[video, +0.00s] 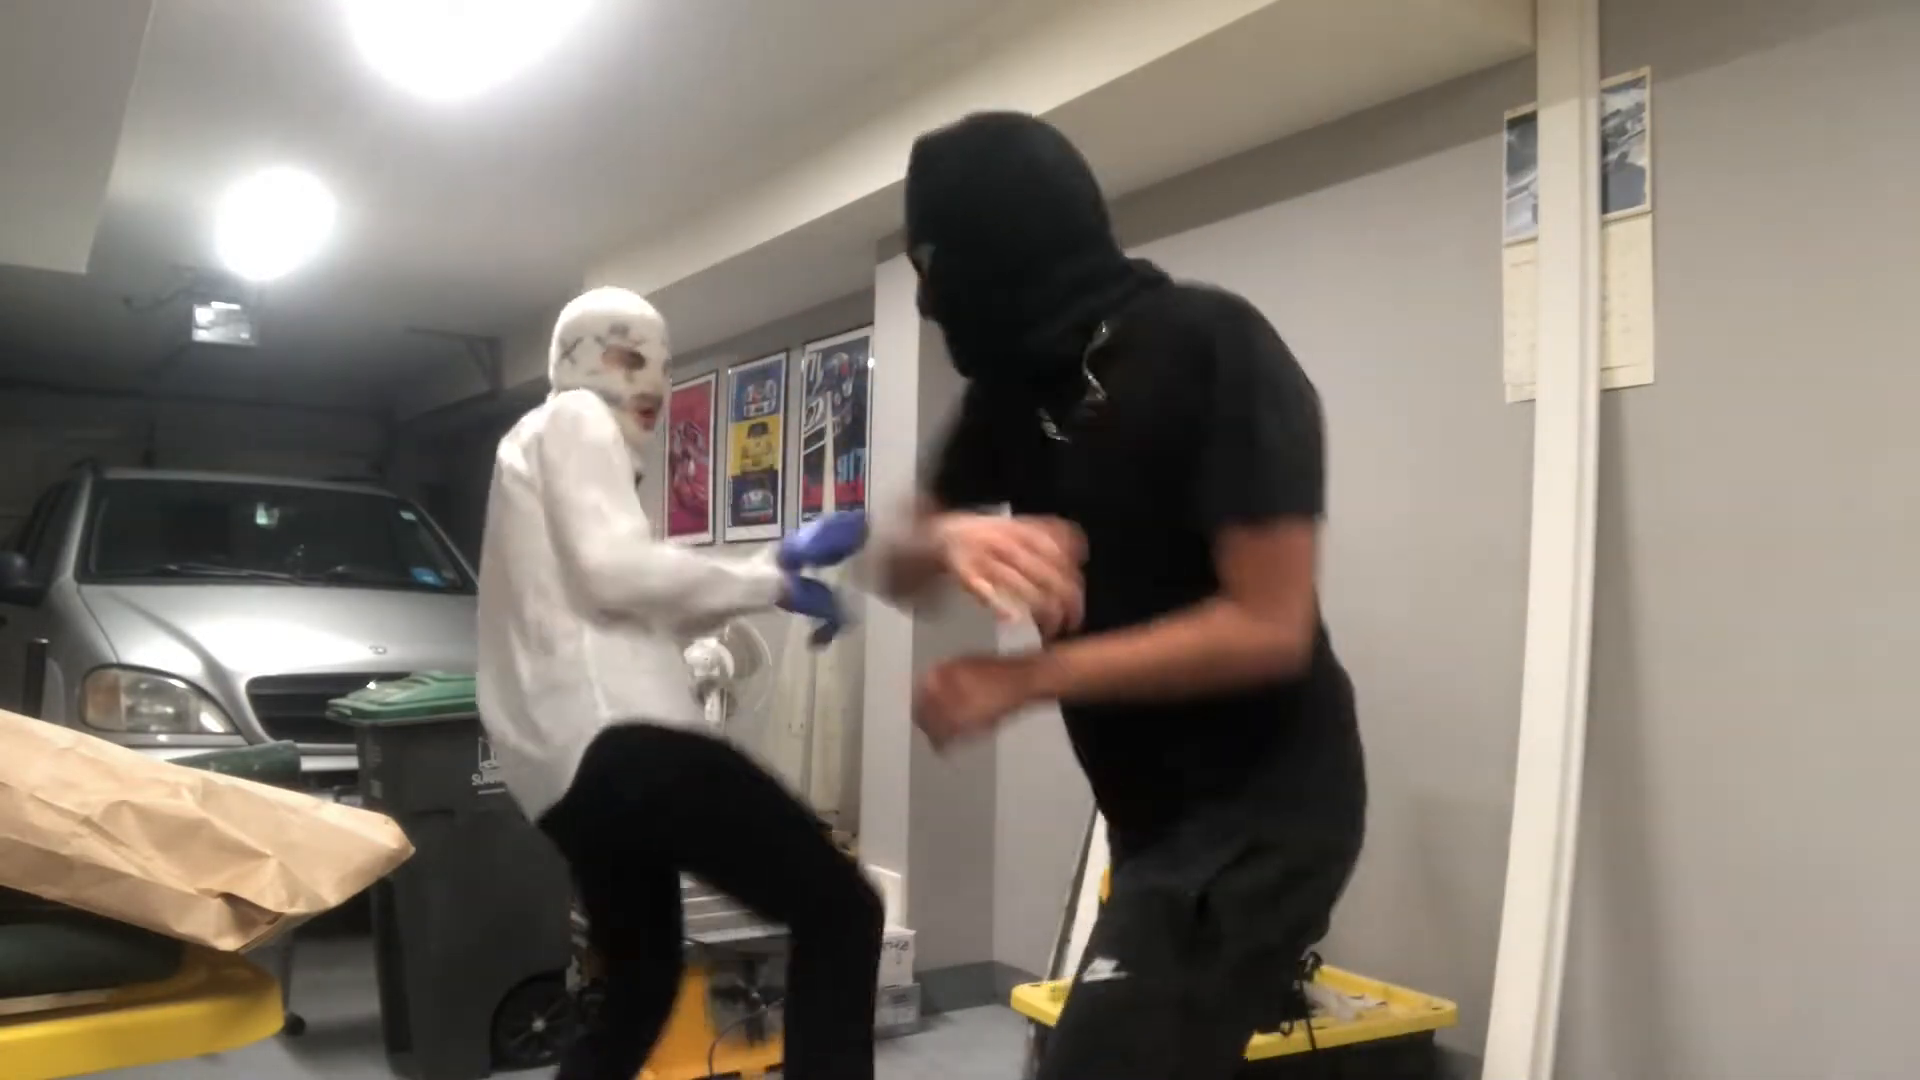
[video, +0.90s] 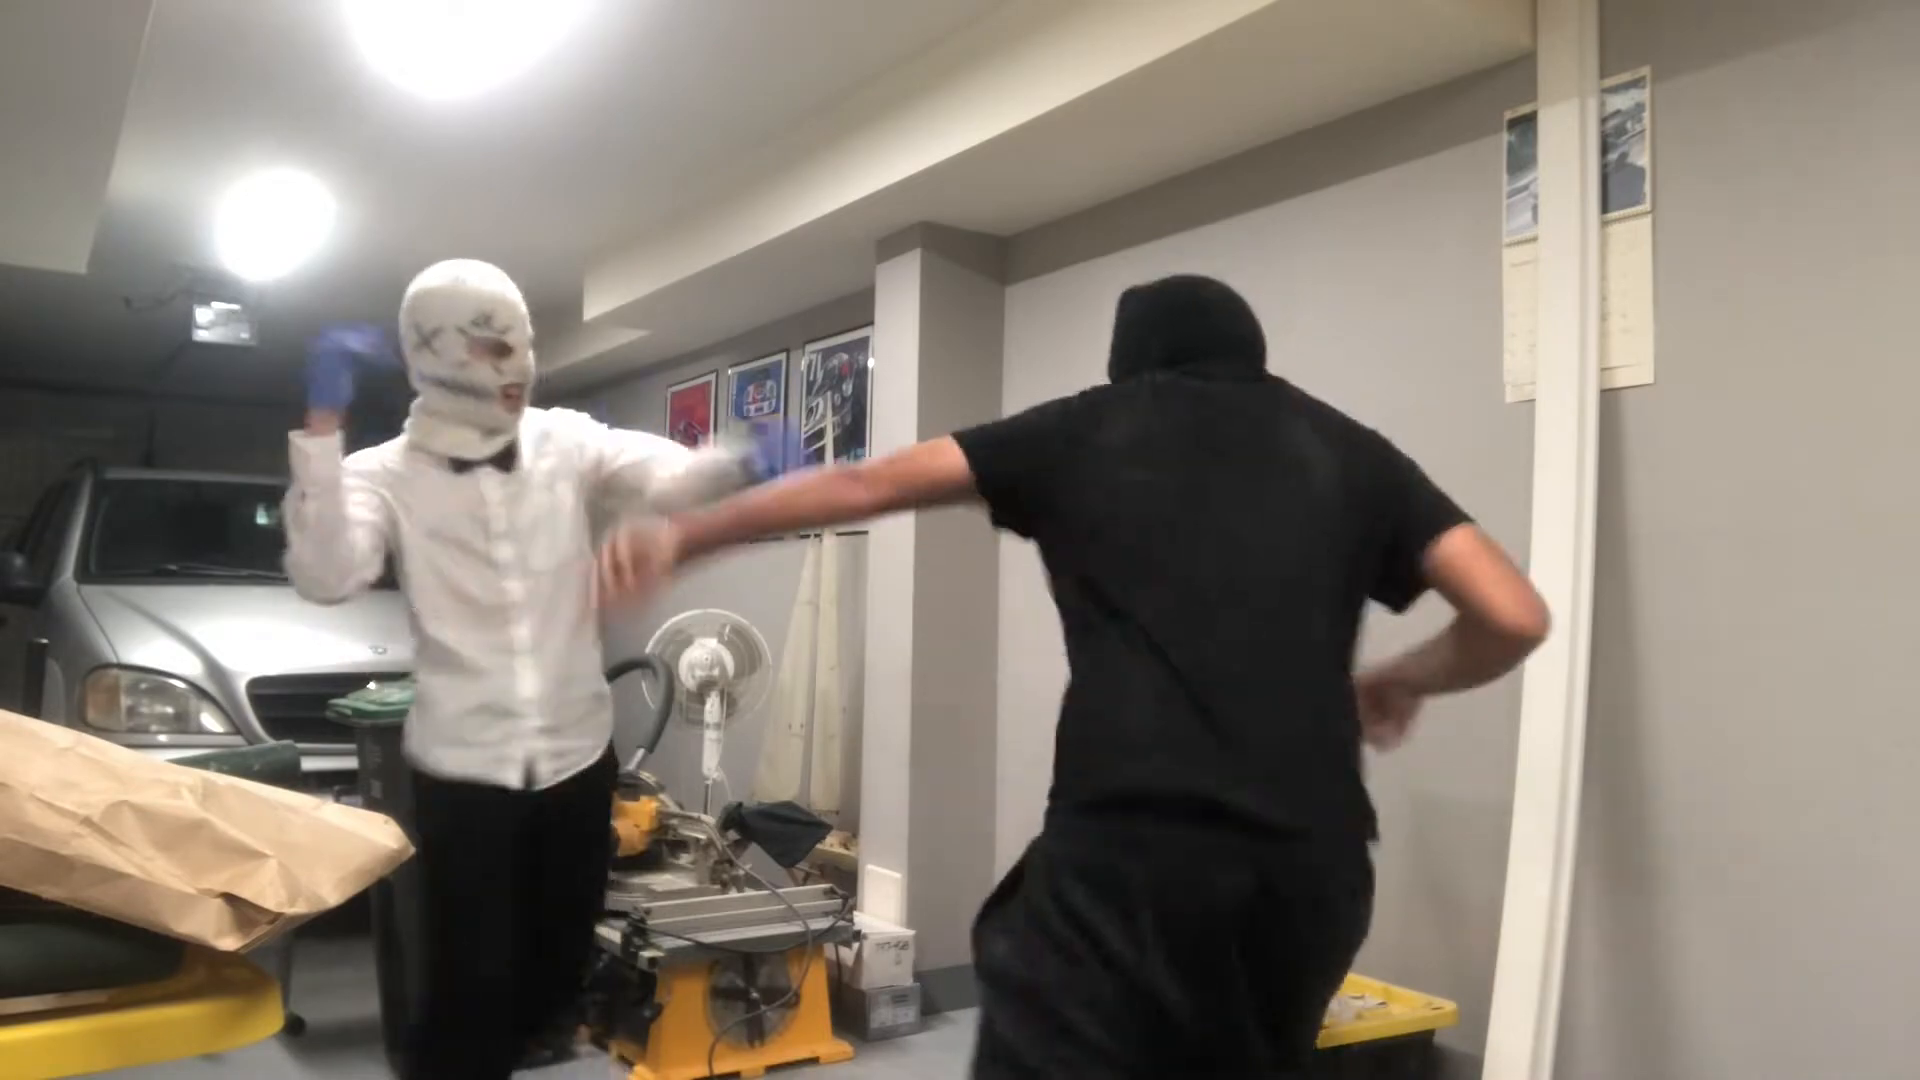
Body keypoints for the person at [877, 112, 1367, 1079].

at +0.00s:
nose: (927, 302)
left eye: (937, 266)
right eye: (921, 271)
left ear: (1008, 248)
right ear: (1006, 255)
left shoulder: (1216, 349)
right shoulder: (1010, 396)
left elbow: (1274, 628)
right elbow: (901, 560)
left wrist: (1029, 677)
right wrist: (951, 539)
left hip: (1265, 803)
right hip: (1152, 810)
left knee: (1094, 1061)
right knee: (1157, 1059)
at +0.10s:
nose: (935, 274)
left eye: (947, 241)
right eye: (935, 246)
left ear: (1009, 242)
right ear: (1028, 245)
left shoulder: (1147, 334)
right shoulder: (1071, 379)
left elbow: (1245, 590)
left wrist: (1000, 660)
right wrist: (987, 580)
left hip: (1235, 805)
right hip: (1162, 802)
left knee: (1098, 1061)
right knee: (1144, 1060)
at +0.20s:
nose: (1028, 272)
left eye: (1035, 253)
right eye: (1038, 252)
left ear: (1055, 265)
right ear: (1162, 263)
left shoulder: (1070, 366)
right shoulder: (1248, 390)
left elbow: (1146, 545)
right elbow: (1262, 581)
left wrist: (899, 633)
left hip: (1130, 852)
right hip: (1263, 850)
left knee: (1009, 1054)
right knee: (1125, 1053)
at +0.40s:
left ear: (1117, 323)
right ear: (1244, 329)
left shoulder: (1063, 427)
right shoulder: (1318, 452)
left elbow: (937, 566)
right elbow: (1444, 670)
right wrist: (1373, 563)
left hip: (1055, 872)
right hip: (1234, 887)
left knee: (1015, 1049)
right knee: (1162, 1054)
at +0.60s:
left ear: (1139, 338)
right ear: (1256, 335)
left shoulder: (1087, 433)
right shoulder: (1308, 412)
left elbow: (1009, 658)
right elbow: (1276, 586)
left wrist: (1129, 661)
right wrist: (1389, 704)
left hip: (1055, 847)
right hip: (1223, 867)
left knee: (1021, 1057)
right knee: (1172, 1055)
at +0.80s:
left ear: (1137, 347)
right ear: (1266, 356)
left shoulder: (1071, 429)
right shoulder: (1341, 446)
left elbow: (857, 477)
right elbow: (1465, 630)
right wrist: (1410, 737)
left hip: (1106, 837)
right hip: (1297, 846)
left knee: (1078, 1056)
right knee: (1267, 1061)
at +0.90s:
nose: (1112, 378)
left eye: (1114, 363)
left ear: (1126, 359)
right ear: (1255, 357)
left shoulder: (1086, 427)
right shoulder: (1347, 449)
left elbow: (865, 487)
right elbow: (1510, 619)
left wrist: (682, 534)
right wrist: (1404, 679)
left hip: (1123, 854)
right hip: (1316, 876)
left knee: (1041, 1055)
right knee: (1241, 1065)